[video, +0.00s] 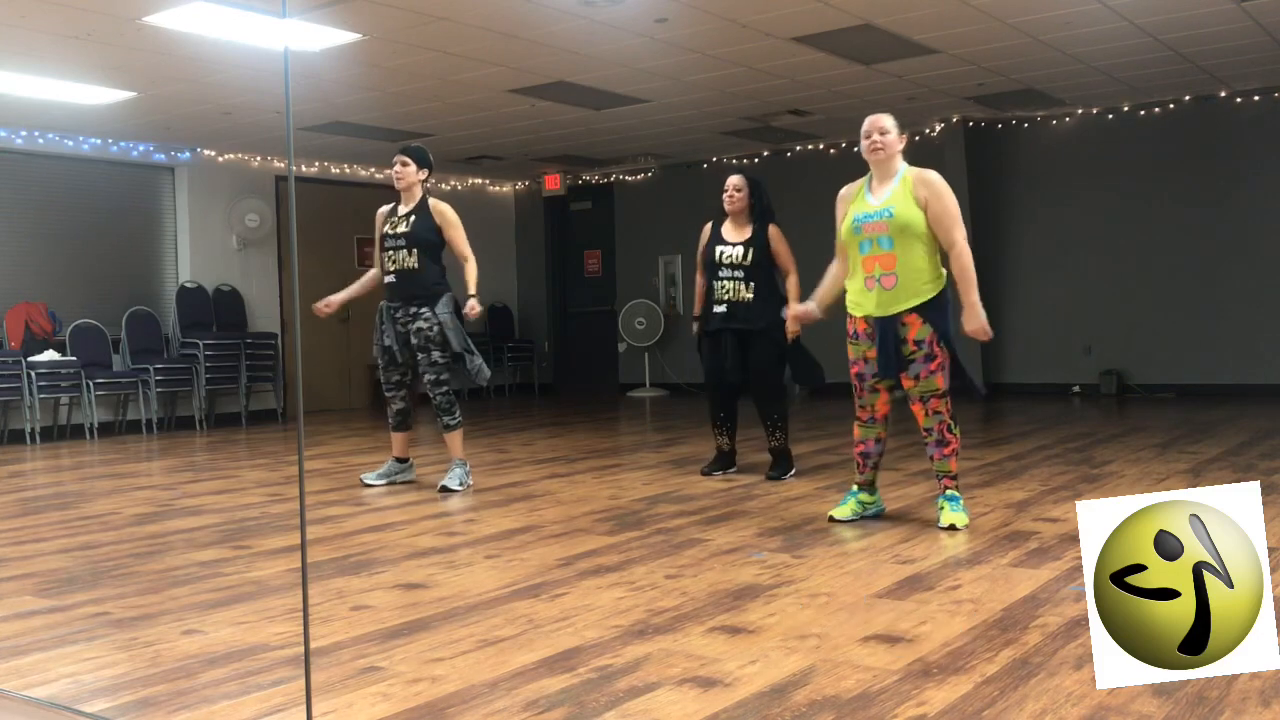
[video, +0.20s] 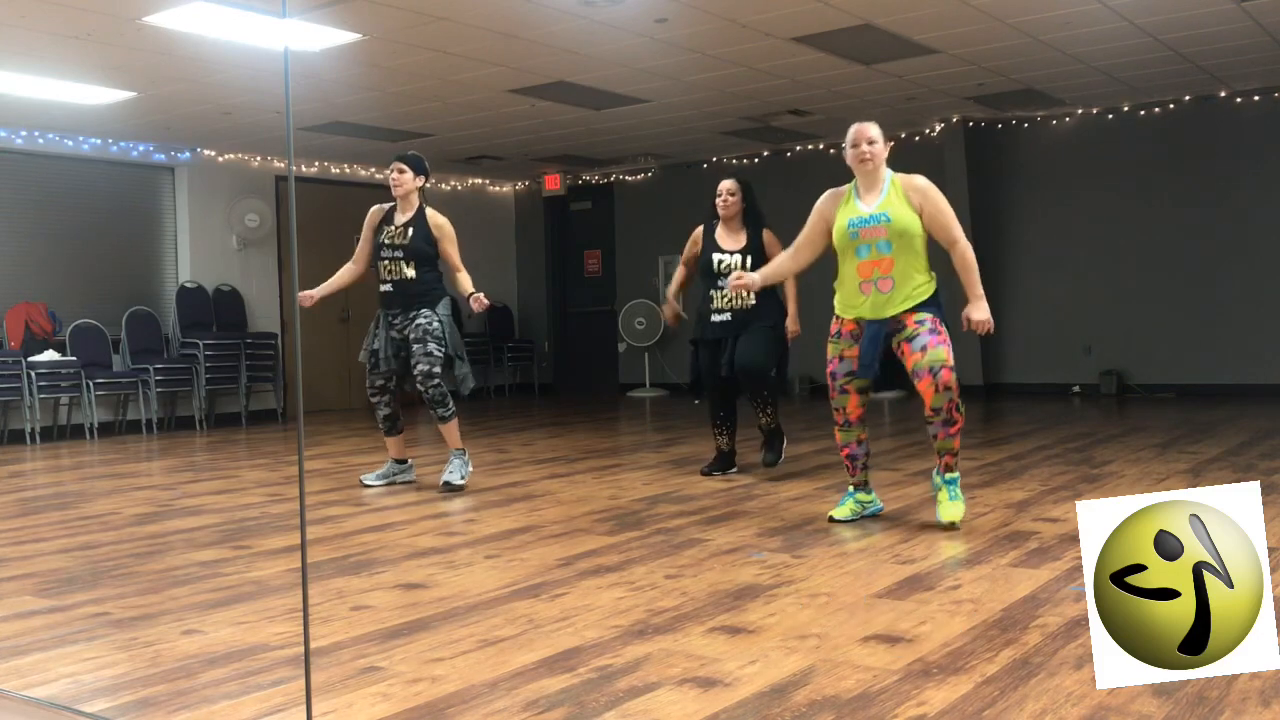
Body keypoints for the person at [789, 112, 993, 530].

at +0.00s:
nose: (875, 139)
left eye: (883, 132)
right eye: (868, 135)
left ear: (902, 141)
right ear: (860, 147)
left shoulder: (926, 183)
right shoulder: (848, 196)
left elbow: (956, 245)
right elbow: (842, 261)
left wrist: (972, 306)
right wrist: (815, 304)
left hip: (918, 313)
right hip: (864, 318)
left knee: (932, 405)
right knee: (868, 406)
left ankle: (949, 494)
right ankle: (865, 493)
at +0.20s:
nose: (864, 149)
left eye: (871, 142)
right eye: (855, 145)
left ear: (887, 148)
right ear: (846, 155)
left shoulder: (915, 189)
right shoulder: (832, 203)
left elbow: (957, 243)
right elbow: (797, 255)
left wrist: (977, 299)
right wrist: (757, 277)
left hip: (913, 312)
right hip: (852, 319)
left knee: (942, 381)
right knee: (845, 402)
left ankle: (948, 479)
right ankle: (860, 492)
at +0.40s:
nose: (868, 145)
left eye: (876, 136)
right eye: (861, 139)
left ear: (897, 140)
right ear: (853, 148)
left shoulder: (921, 187)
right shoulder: (840, 187)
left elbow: (945, 247)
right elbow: (804, 241)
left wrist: (945, 293)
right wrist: (772, 285)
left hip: (914, 309)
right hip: (859, 314)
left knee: (927, 403)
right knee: (866, 404)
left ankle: (944, 494)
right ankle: (865, 492)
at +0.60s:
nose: (884, 142)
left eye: (892, 134)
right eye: (879, 138)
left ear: (917, 138)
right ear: (875, 148)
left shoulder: (937, 189)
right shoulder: (868, 184)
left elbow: (952, 255)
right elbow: (859, 246)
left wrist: (925, 251)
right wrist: (855, 303)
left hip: (925, 313)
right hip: (875, 312)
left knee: (932, 404)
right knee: (840, 383)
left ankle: (942, 495)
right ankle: (857, 479)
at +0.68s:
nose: (889, 148)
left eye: (899, 140)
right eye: (885, 143)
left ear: (925, 145)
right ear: (882, 150)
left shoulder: (940, 194)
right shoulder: (881, 189)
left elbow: (950, 264)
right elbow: (886, 248)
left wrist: (920, 239)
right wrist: (882, 298)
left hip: (932, 311)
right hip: (885, 308)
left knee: (935, 405)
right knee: (828, 368)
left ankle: (944, 497)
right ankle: (849, 461)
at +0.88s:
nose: (895, 137)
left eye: (905, 129)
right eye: (891, 133)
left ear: (930, 137)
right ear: (889, 143)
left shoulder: (945, 183)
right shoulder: (888, 181)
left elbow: (954, 247)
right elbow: (891, 241)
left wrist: (922, 225)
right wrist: (883, 289)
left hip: (932, 304)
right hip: (884, 303)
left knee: (936, 401)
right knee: (866, 390)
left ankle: (944, 497)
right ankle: (864, 491)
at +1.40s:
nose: (883, 139)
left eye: (891, 132)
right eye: (876, 134)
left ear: (911, 141)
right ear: (869, 146)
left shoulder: (936, 183)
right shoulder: (856, 198)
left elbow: (968, 244)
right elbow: (847, 263)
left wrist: (977, 303)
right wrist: (820, 303)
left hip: (924, 311)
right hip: (868, 315)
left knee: (933, 404)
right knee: (861, 401)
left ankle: (943, 495)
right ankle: (863, 491)